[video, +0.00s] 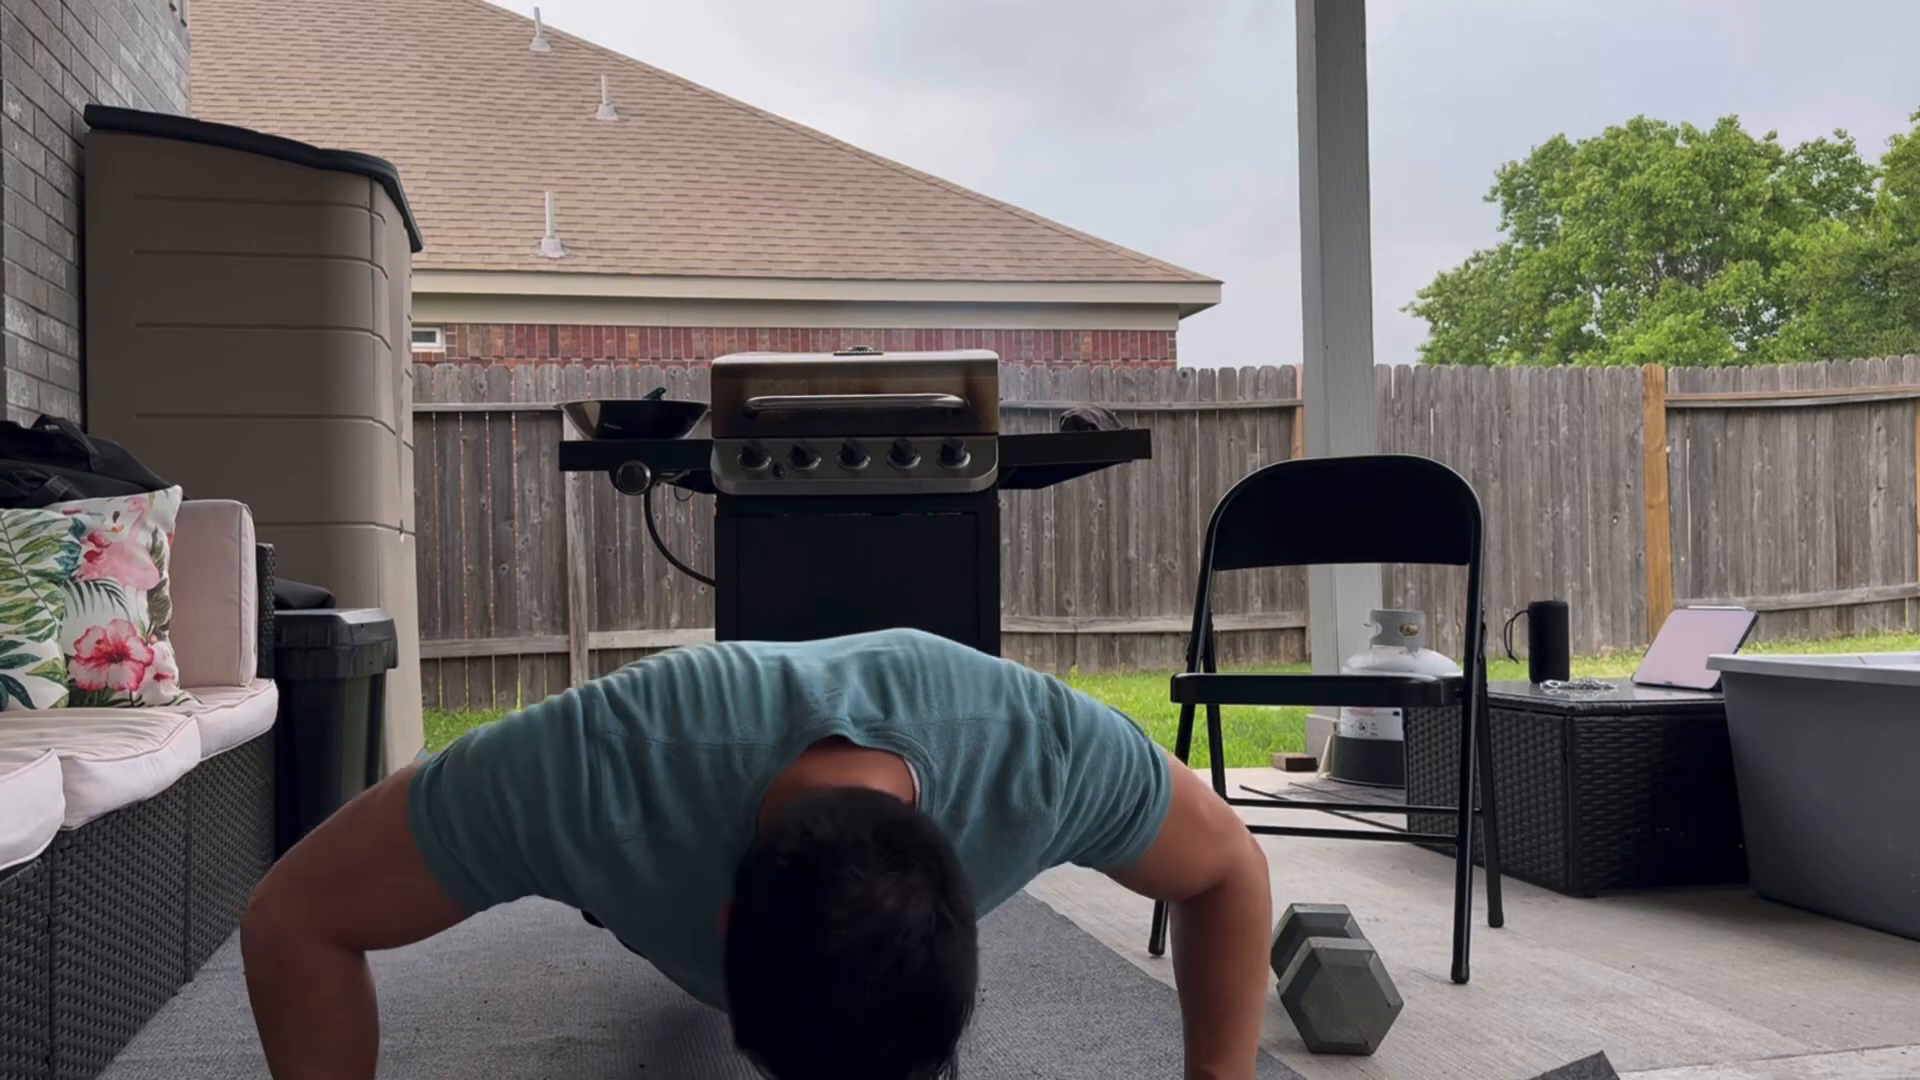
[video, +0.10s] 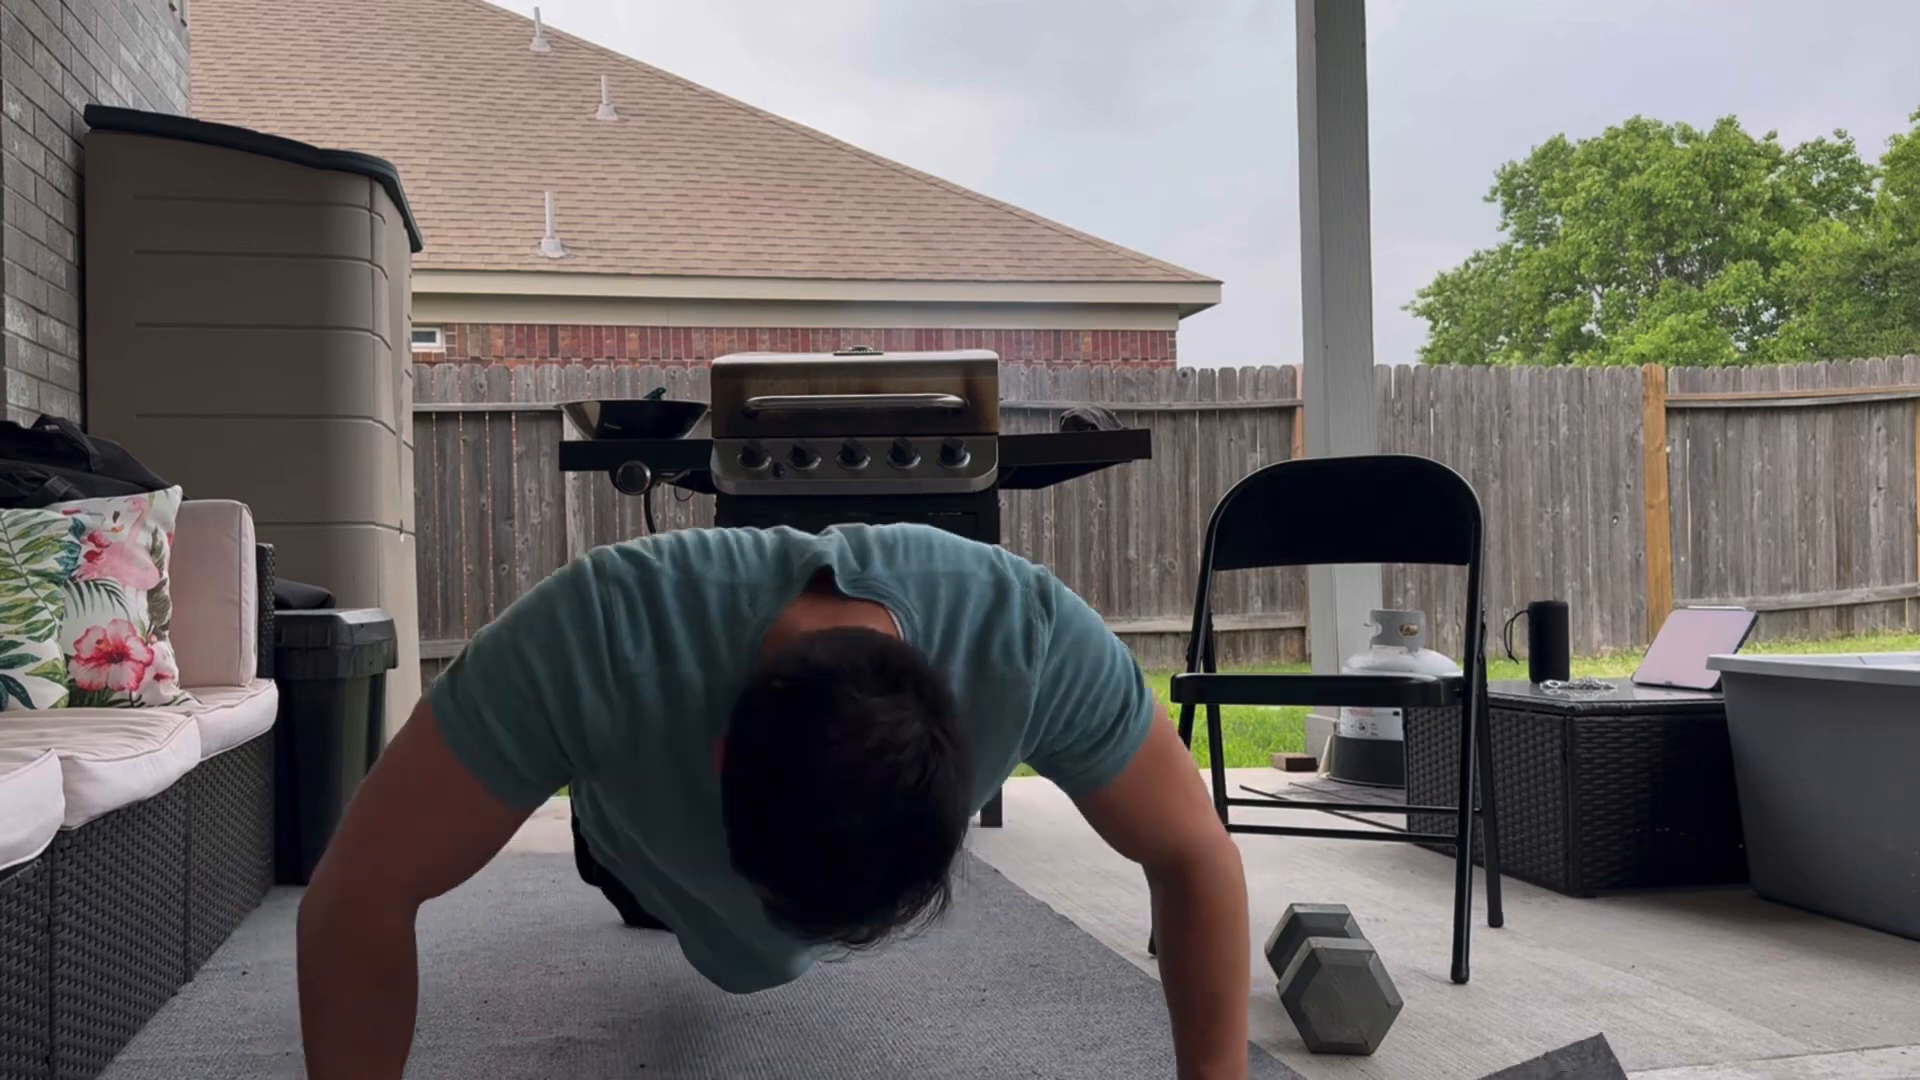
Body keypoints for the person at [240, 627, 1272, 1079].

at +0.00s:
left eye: (895, 1060)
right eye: (790, 1049)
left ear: (963, 918)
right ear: (731, 919)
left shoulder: (1050, 762)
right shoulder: (586, 778)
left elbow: (1229, 873)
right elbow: (294, 924)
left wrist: (1223, 1067)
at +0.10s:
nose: (819, 941)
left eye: (860, 925)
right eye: (792, 911)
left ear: (954, 792)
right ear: (723, 754)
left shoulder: (1034, 645)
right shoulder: (591, 635)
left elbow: (1193, 857)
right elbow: (360, 896)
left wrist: (1216, 1074)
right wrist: (354, 1079)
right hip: (657, 828)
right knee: (657, 896)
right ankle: (625, 869)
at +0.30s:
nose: (833, 1032)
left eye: (877, 1017)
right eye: (793, 997)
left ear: (964, 835)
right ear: (731, 855)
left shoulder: (1039, 715)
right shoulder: (591, 716)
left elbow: (1215, 871)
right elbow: (311, 912)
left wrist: (1216, 1070)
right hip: (664, 897)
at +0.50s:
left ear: (933, 1036)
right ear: (746, 1037)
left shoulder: (1044, 878)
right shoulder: (599, 904)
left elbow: (1245, 868)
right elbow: (276, 928)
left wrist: (1226, 1072)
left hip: (937, 818)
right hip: (698, 826)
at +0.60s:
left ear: (927, 1048)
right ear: (749, 1049)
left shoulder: (1040, 897)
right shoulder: (613, 926)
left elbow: (1246, 869)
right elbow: (278, 928)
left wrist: (1228, 1069)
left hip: (920, 817)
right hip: (683, 834)